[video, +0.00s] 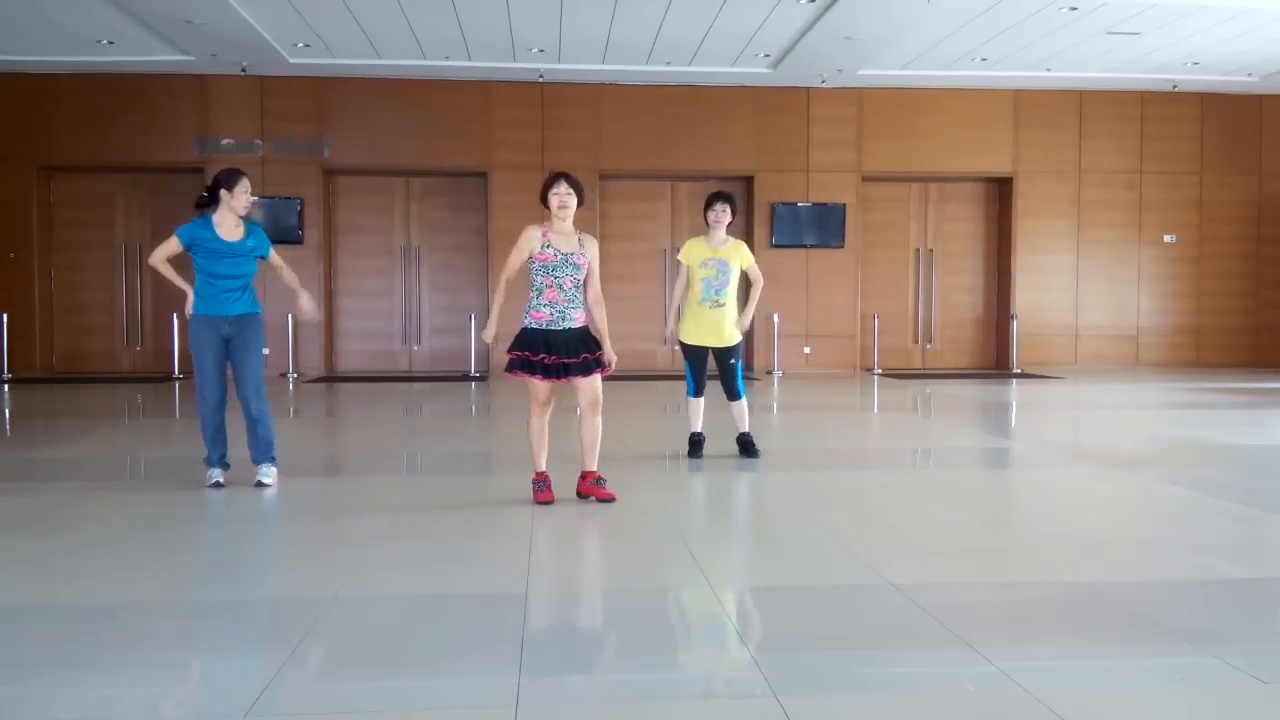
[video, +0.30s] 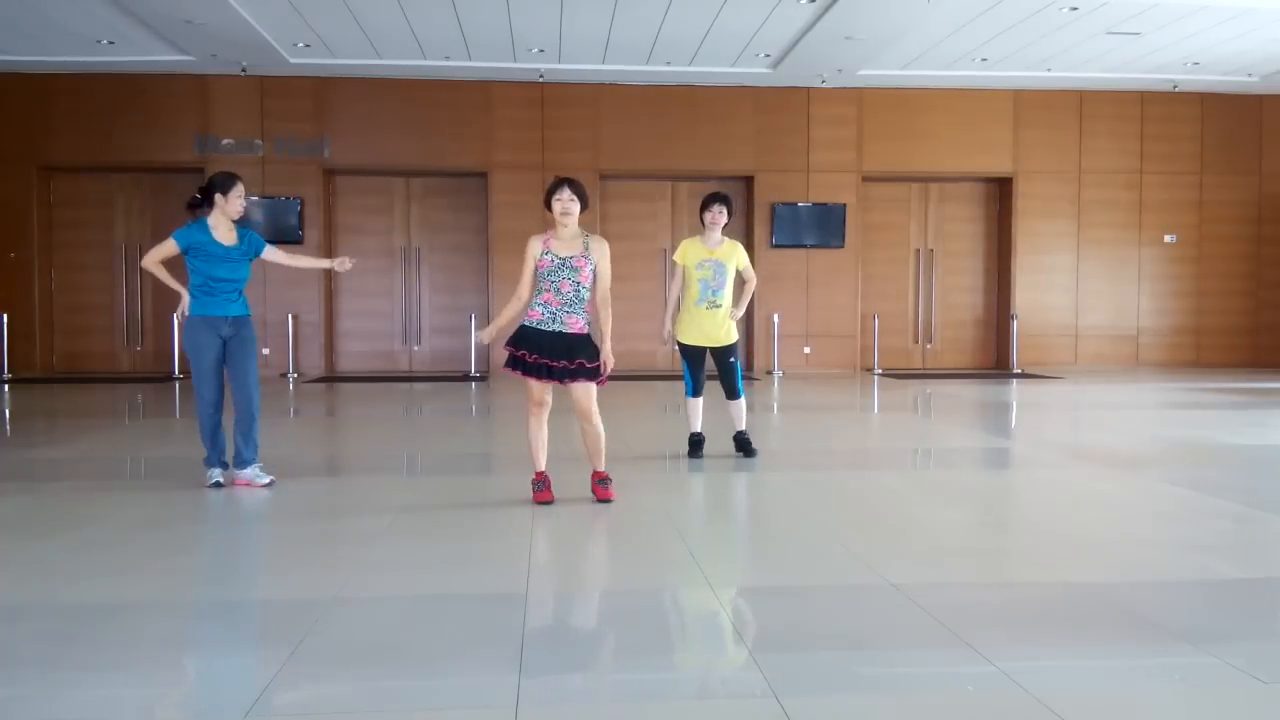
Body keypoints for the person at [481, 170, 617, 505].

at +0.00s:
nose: (562, 199)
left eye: (568, 194)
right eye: (556, 194)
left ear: (578, 200)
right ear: (546, 200)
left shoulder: (588, 244)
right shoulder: (533, 236)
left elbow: (595, 298)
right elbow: (504, 278)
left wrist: (606, 343)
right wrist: (493, 323)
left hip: (578, 334)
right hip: (540, 334)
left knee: (593, 401)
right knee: (541, 403)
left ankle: (590, 476)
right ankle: (541, 476)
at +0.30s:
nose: (565, 205)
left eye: (571, 199)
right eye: (558, 200)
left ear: (581, 205)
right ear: (549, 206)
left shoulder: (597, 246)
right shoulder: (538, 244)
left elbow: (603, 300)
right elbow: (522, 295)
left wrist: (606, 344)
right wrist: (494, 327)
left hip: (577, 338)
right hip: (537, 335)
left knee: (588, 411)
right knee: (539, 403)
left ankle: (600, 475)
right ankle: (540, 476)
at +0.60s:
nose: (575, 200)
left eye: (582, 195)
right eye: (569, 195)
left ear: (593, 200)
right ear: (561, 202)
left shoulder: (609, 239)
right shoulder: (550, 241)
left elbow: (619, 292)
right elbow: (544, 292)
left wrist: (620, 338)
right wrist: (523, 331)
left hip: (596, 334)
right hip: (555, 333)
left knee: (594, 408)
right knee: (553, 403)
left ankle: (603, 476)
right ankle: (548, 476)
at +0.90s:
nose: (583, 200)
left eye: (589, 195)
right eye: (577, 195)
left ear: (600, 201)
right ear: (568, 201)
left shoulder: (617, 238)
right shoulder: (557, 241)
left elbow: (629, 290)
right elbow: (555, 293)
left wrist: (634, 337)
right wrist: (545, 340)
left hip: (609, 334)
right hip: (567, 334)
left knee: (606, 405)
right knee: (562, 405)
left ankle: (605, 476)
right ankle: (559, 475)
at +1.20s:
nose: (583, 205)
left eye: (589, 199)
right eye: (577, 199)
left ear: (598, 205)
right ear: (567, 205)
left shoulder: (611, 246)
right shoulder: (552, 243)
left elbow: (623, 295)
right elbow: (542, 294)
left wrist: (636, 342)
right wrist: (547, 341)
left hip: (611, 336)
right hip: (571, 339)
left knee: (607, 407)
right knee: (576, 411)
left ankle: (605, 476)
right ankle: (550, 475)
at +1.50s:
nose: (575, 200)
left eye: (581, 195)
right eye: (568, 195)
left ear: (590, 201)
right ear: (558, 201)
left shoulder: (598, 243)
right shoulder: (545, 237)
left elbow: (609, 297)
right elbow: (508, 269)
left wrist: (624, 343)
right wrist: (536, 301)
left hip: (596, 333)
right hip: (559, 335)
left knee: (598, 405)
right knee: (565, 406)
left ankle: (596, 476)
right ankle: (549, 477)